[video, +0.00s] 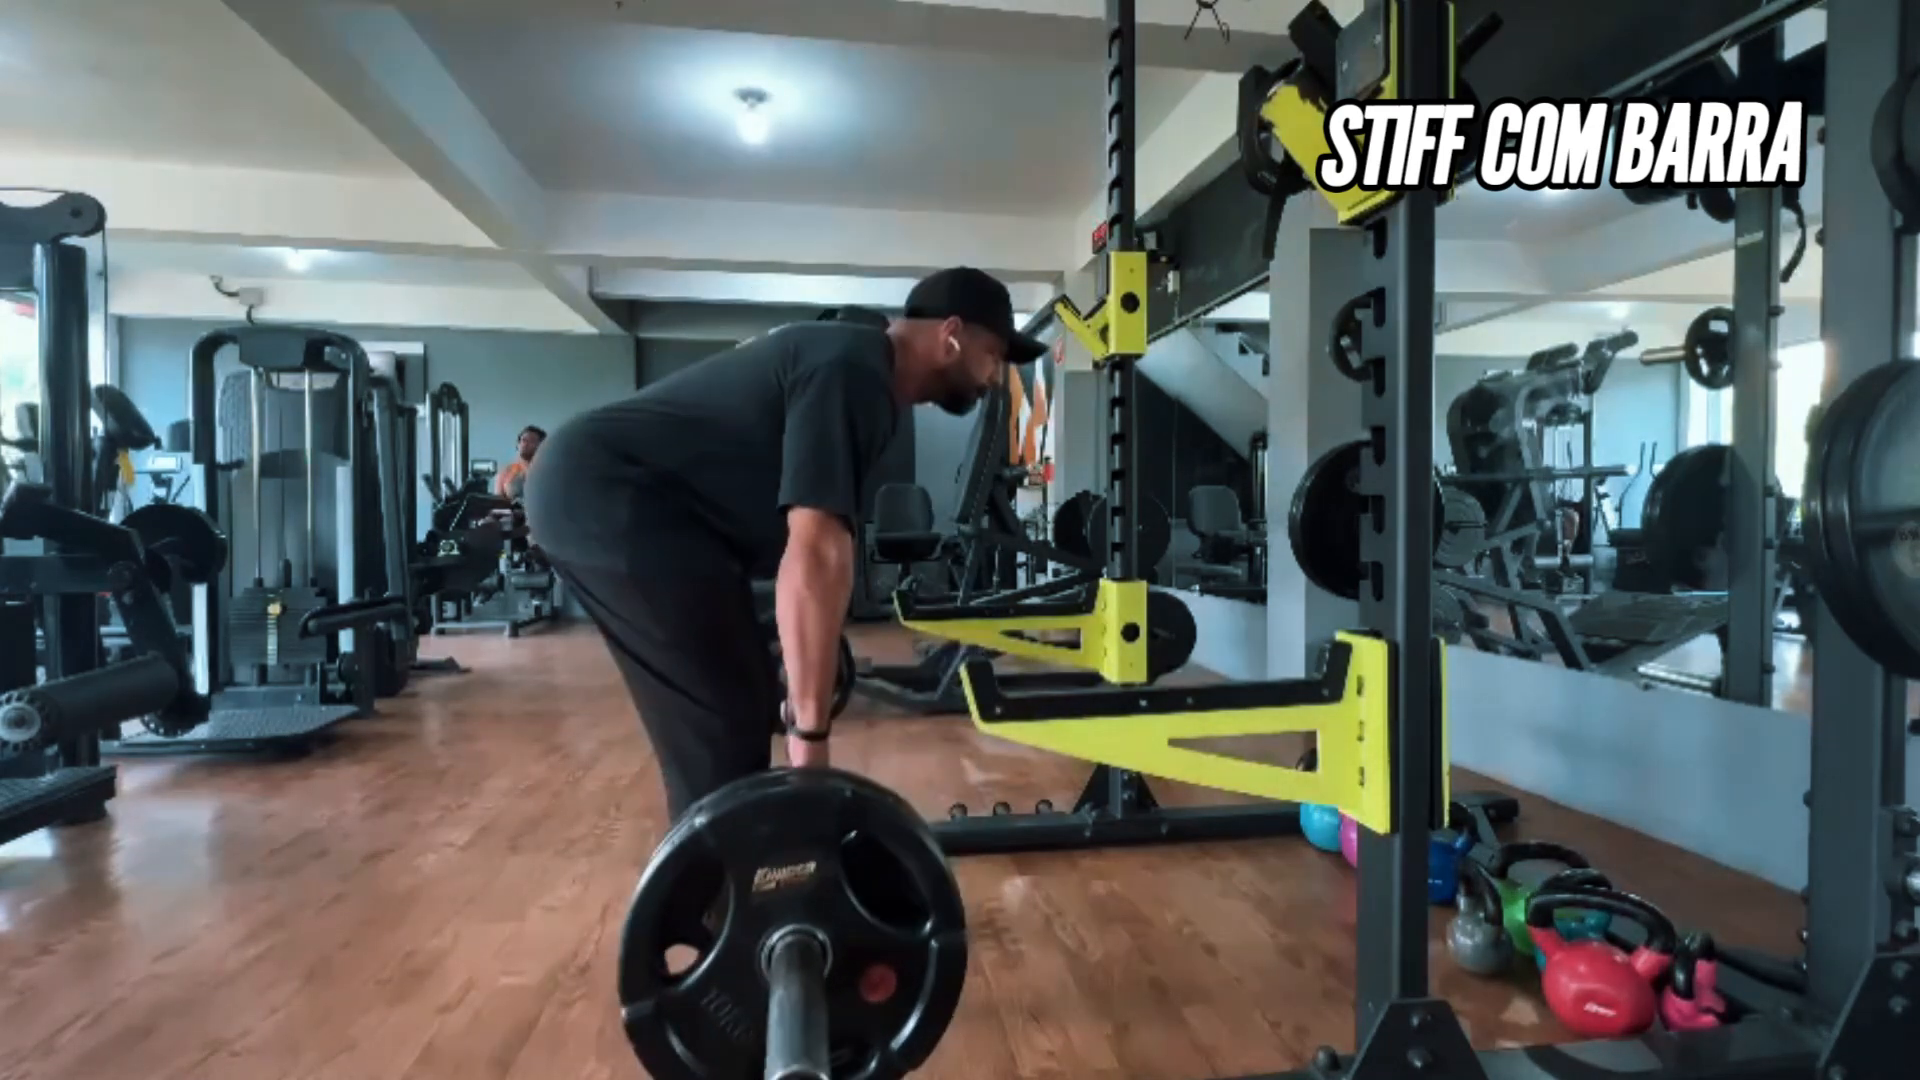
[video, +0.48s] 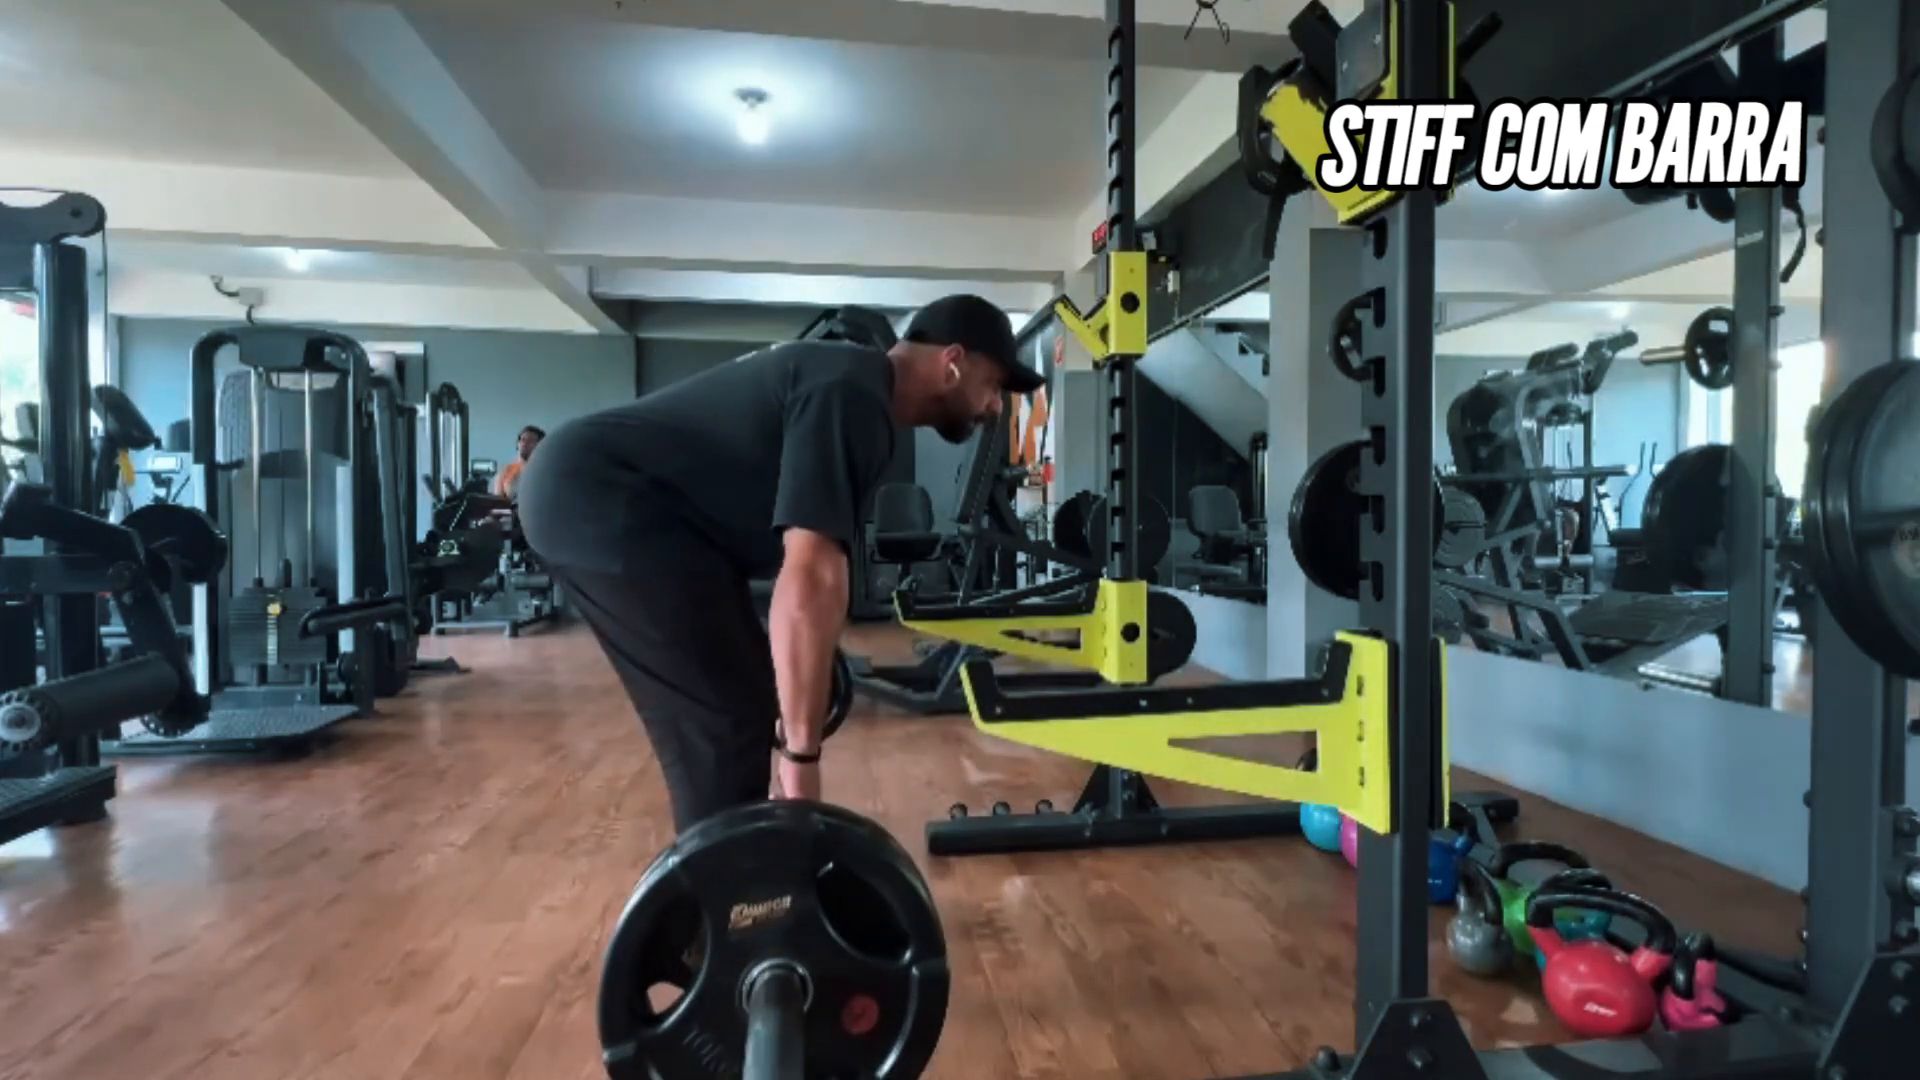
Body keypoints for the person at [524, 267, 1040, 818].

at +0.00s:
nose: (999, 377)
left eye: (1004, 362)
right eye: (997, 355)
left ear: (947, 334)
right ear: (952, 334)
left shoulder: (855, 371)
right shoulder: (845, 365)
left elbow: (826, 545)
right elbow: (815, 548)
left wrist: (803, 712)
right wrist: (809, 732)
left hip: (610, 485)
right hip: (610, 487)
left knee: (723, 706)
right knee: (732, 707)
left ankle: (715, 905)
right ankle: (722, 911)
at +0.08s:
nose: (997, 398)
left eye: (1006, 384)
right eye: (997, 377)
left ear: (948, 352)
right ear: (954, 352)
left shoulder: (854, 383)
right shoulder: (847, 380)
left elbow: (824, 564)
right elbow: (813, 567)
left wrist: (801, 728)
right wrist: (807, 751)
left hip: (603, 489)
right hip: (602, 492)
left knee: (727, 708)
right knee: (733, 708)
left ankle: (716, 922)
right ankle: (719, 927)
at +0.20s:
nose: (997, 420)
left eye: (1006, 407)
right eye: (997, 399)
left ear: (949, 372)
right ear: (954, 372)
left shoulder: (855, 398)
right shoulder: (848, 393)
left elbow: (822, 581)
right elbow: (812, 584)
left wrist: (797, 746)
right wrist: (804, 765)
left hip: (601, 494)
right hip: (596, 496)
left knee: (732, 718)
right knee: (735, 721)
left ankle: (725, 941)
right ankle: (726, 948)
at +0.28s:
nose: (995, 428)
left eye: (1004, 414)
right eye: (997, 407)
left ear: (949, 379)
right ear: (954, 380)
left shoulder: (853, 402)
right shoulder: (847, 400)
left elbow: (821, 588)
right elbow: (812, 592)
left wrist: (796, 752)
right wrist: (802, 773)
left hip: (601, 496)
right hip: (597, 498)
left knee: (731, 714)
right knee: (733, 718)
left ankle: (728, 936)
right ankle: (728, 944)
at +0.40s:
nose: (997, 425)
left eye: (1006, 411)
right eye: (998, 404)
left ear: (949, 377)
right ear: (954, 377)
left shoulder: (854, 401)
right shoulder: (846, 397)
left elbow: (821, 585)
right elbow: (812, 588)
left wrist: (794, 749)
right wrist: (801, 769)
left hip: (600, 497)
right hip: (594, 498)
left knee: (732, 716)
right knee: (735, 720)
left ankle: (729, 940)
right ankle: (727, 946)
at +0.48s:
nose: (997, 408)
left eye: (1005, 393)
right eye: (997, 386)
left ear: (948, 361)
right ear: (953, 360)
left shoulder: (850, 389)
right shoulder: (844, 388)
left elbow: (819, 570)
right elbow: (810, 573)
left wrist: (793, 736)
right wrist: (800, 756)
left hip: (603, 490)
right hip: (599, 492)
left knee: (735, 719)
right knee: (734, 723)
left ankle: (726, 931)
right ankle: (728, 937)